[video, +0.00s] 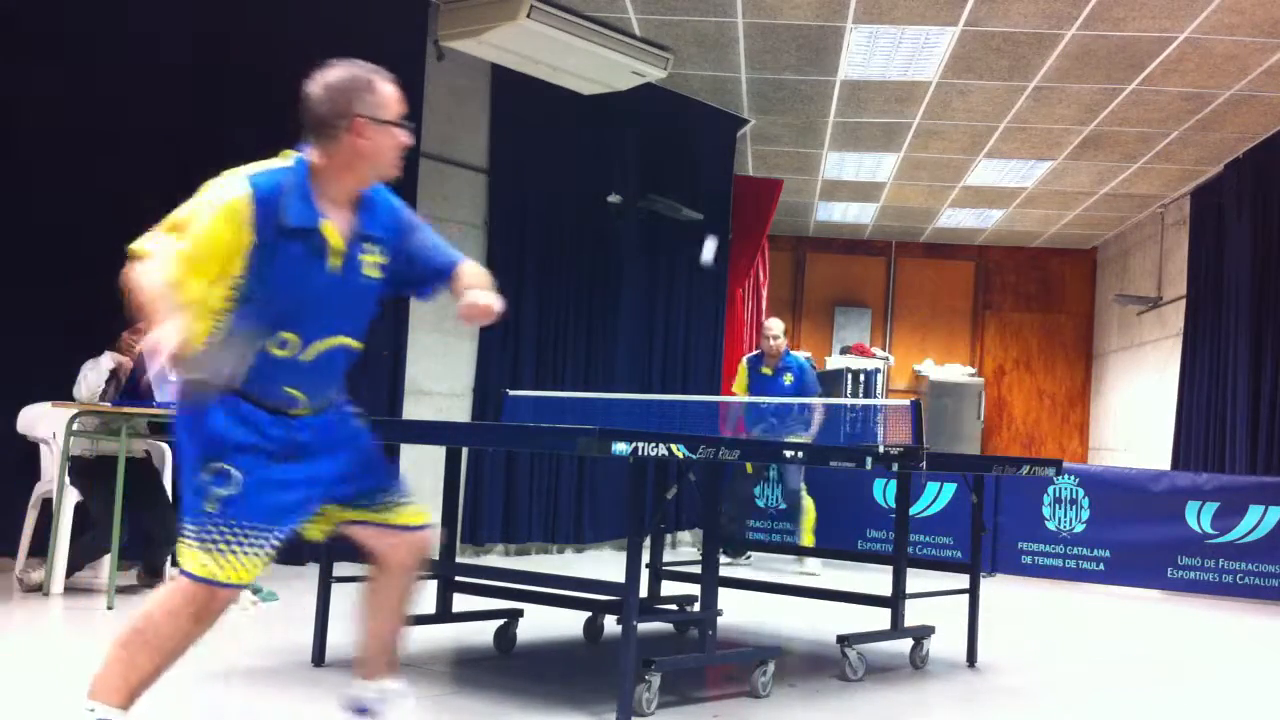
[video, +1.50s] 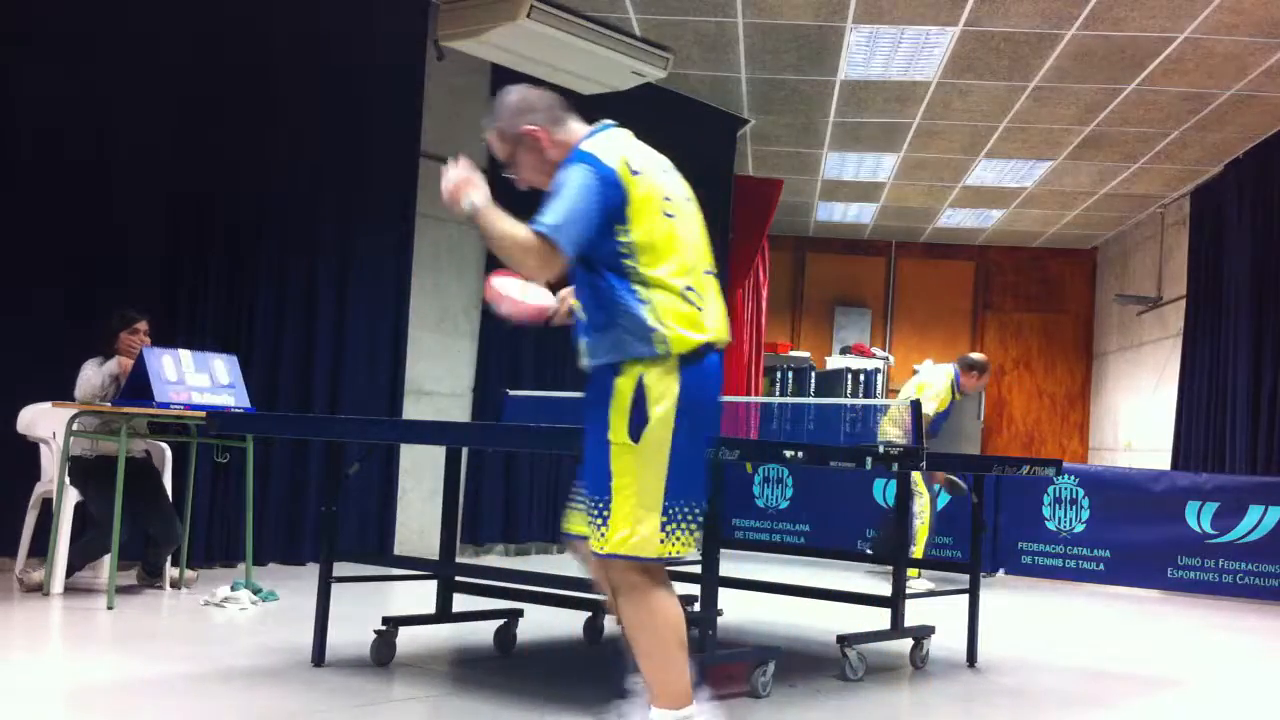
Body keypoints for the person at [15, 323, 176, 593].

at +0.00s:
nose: (138, 344)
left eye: (145, 339)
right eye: (133, 337)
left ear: (153, 341)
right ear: (122, 340)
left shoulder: (159, 368)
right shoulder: (103, 366)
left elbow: (173, 400)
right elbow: (83, 395)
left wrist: (162, 358)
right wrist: (111, 359)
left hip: (134, 456)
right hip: (91, 457)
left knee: (165, 528)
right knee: (111, 529)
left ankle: (151, 574)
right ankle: (51, 573)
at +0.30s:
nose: (143, 339)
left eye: (147, 333)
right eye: (136, 332)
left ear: (150, 338)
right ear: (118, 335)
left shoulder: (152, 369)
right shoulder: (100, 365)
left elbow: (172, 398)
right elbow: (83, 395)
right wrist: (111, 365)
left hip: (134, 458)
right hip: (92, 457)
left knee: (168, 529)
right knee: (109, 531)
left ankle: (152, 571)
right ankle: (51, 573)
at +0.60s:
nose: (143, 339)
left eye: (147, 334)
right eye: (136, 332)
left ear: (150, 340)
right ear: (120, 335)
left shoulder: (153, 370)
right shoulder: (99, 365)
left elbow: (174, 397)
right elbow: (82, 395)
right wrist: (110, 362)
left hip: (134, 458)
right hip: (91, 458)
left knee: (170, 532)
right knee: (110, 530)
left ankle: (152, 572)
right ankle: (53, 573)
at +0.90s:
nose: (144, 339)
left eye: (148, 335)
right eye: (138, 333)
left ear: (150, 339)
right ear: (120, 335)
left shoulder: (152, 369)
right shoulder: (99, 365)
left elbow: (173, 397)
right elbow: (83, 395)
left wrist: (150, 364)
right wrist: (109, 360)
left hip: (134, 458)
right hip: (91, 457)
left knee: (169, 531)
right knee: (110, 529)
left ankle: (152, 572)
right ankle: (53, 572)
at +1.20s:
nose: (144, 340)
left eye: (148, 335)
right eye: (138, 333)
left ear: (150, 339)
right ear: (120, 334)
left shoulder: (152, 369)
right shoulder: (98, 366)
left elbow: (173, 397)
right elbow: (83, 395)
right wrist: (108, 361)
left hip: (134, 457)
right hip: (91, 457)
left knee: (169, 532)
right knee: (110, 530)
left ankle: (152, 572)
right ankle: (53, 573)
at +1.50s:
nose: (140, 339)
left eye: (145, 334)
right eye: (133, 333)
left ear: (149, 340)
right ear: (116, 336)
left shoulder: (152, 371)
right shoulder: (96, 367)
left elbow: (172, 398)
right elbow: (84, 394)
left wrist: (152, 367)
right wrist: (116, 368)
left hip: (134, 458)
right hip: (91, 458)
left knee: (170, 531)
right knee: (111, 530)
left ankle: (152, 571)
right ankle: (53, 573)